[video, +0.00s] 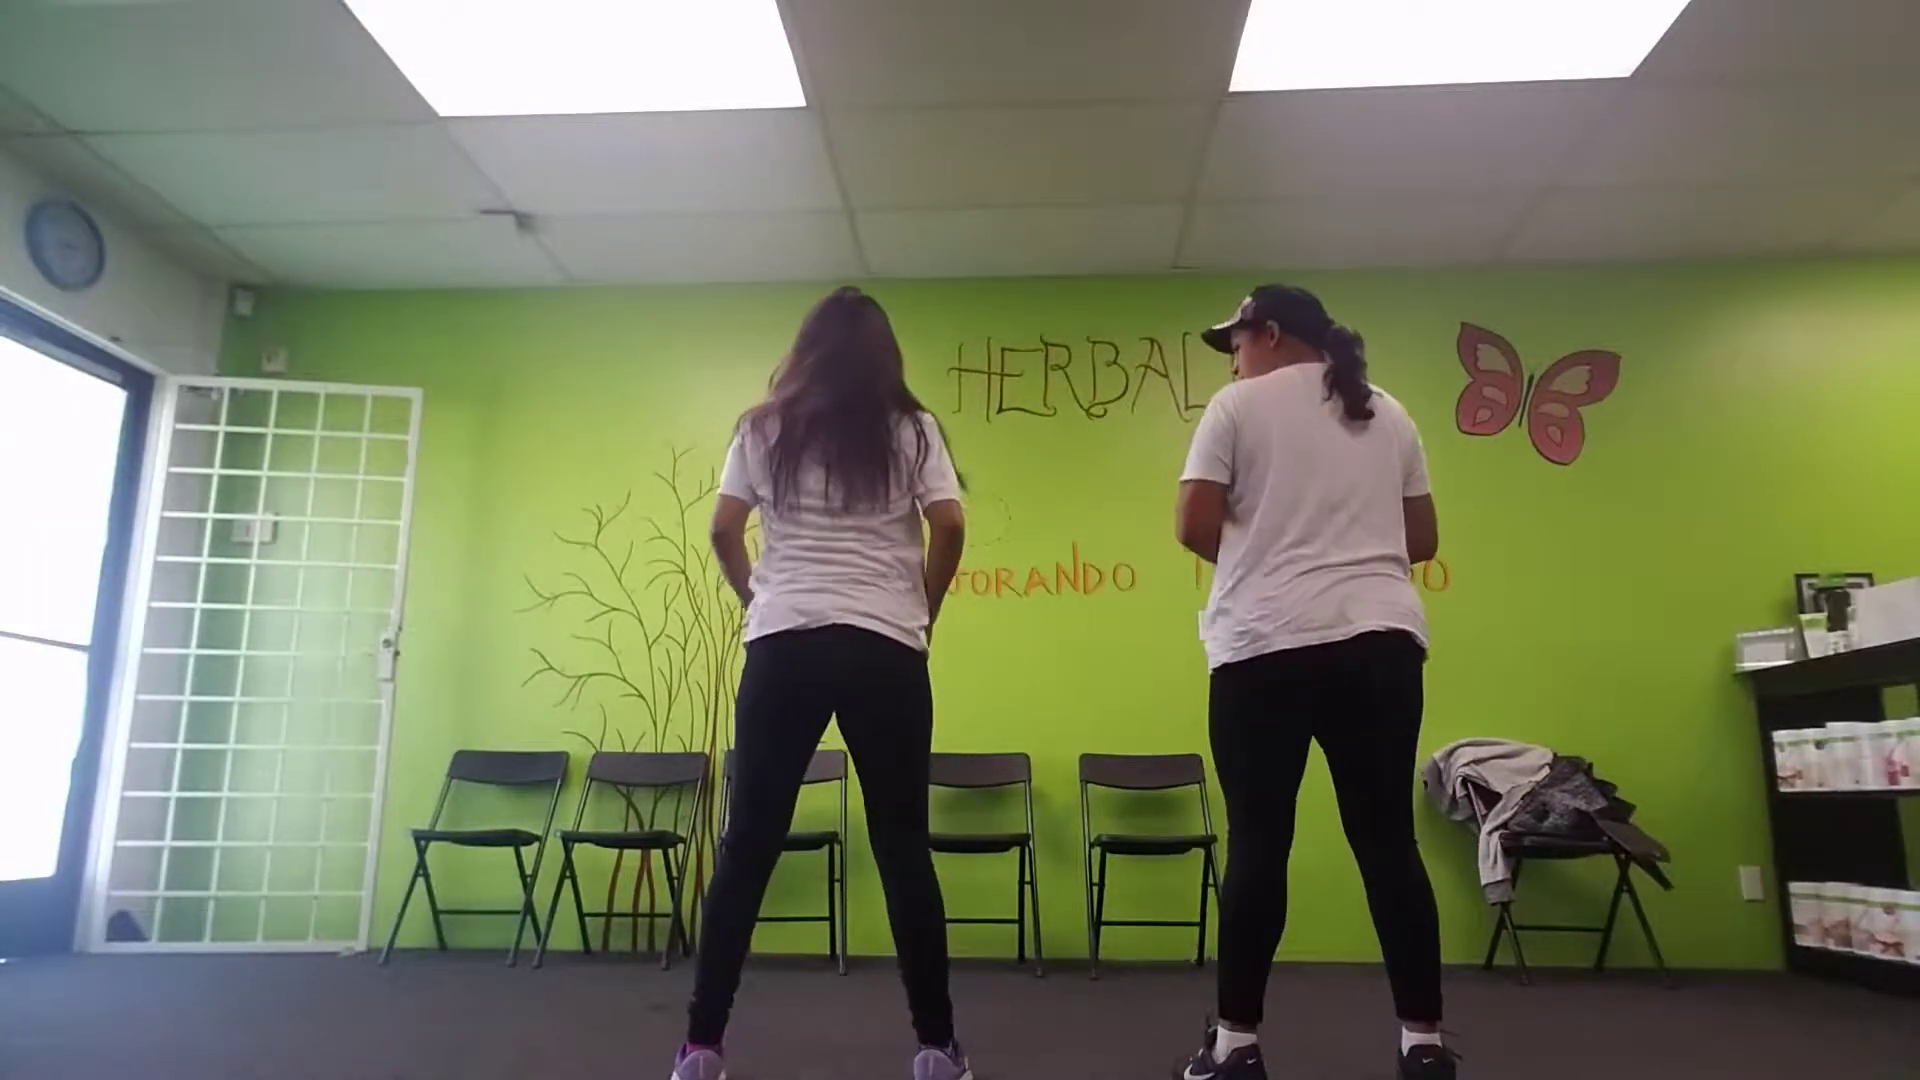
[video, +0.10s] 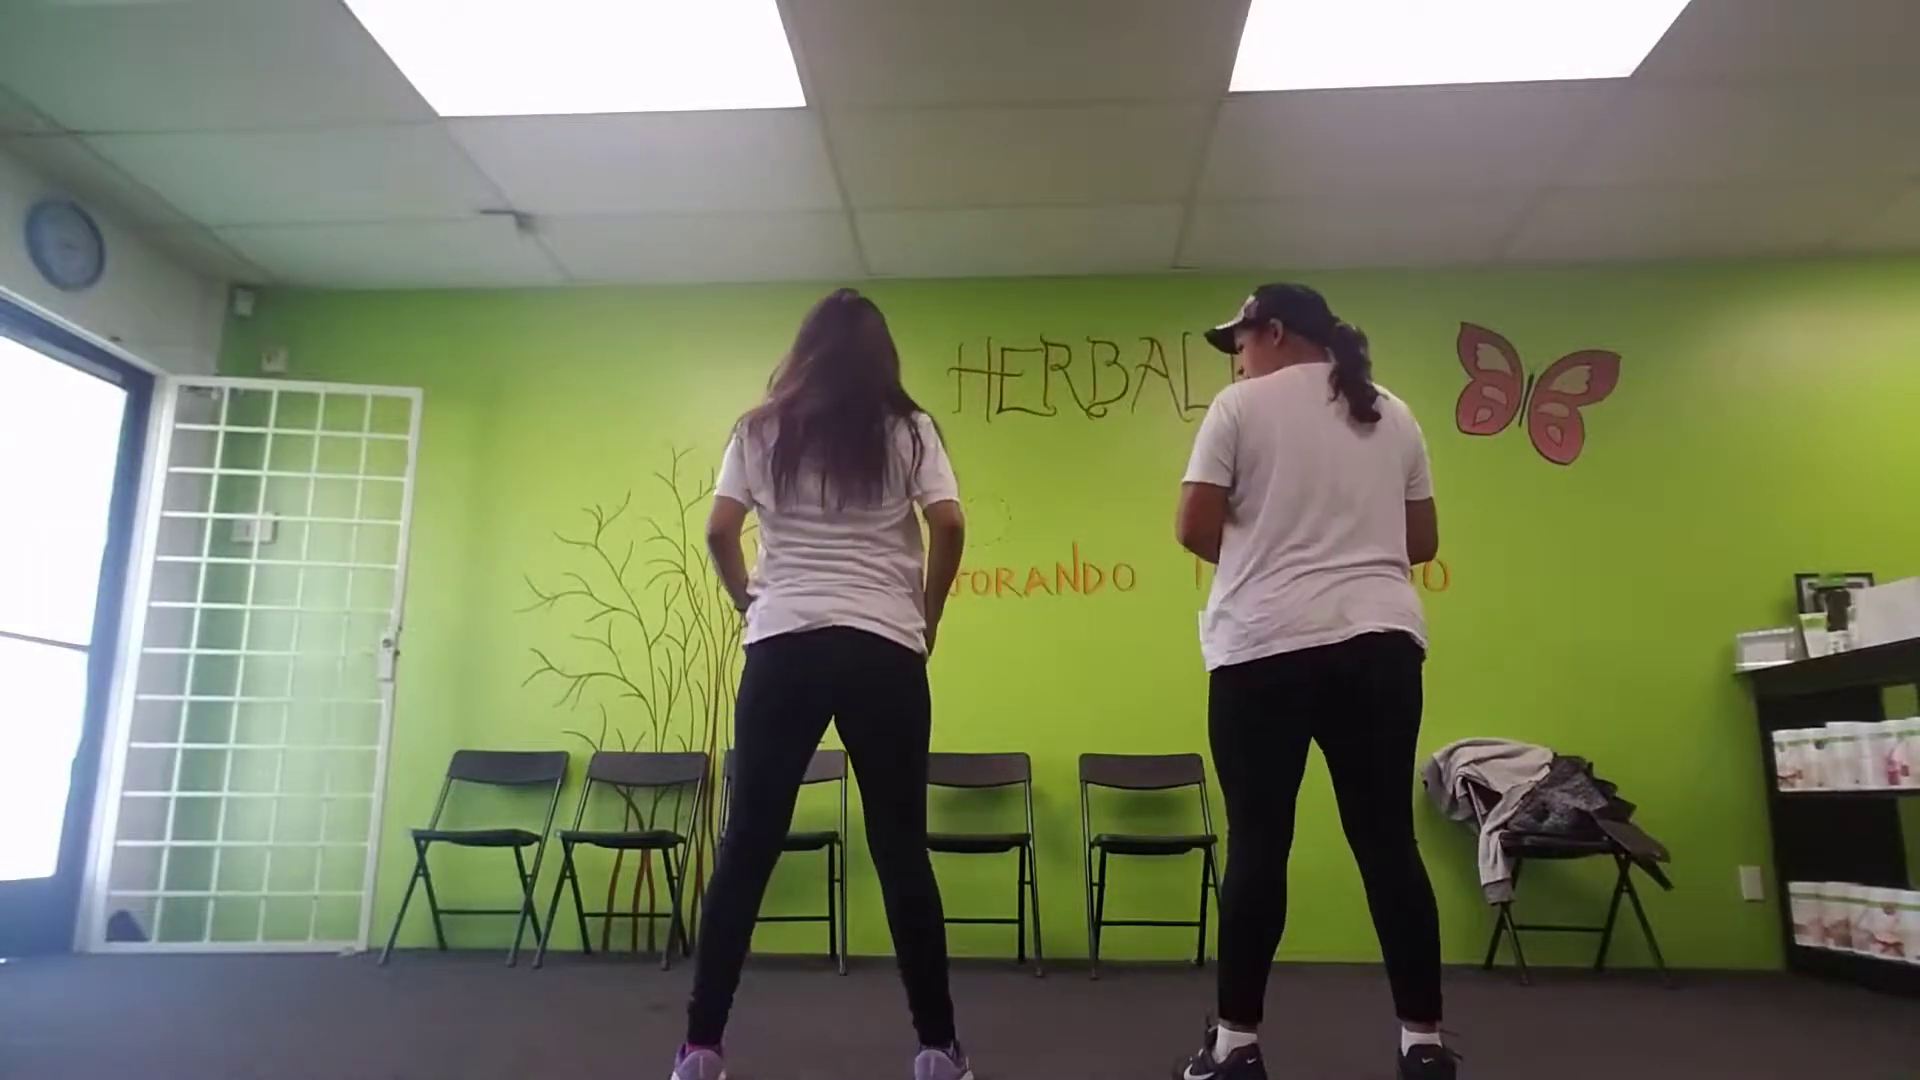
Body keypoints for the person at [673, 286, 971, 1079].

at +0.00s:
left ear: (804, 351)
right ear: (886, 356)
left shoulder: (764, 424)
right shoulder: (914, 425)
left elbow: (725, 529)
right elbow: (950, 527)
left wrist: (759, 599)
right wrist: (923, 609)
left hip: (783, 646)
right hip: (885, 648)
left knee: (747, 847)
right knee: (904, 847)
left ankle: (701, 1050)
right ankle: (937, 1052)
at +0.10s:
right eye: (881, 344)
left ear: (802, 352)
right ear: (883, 356)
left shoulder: (762, 426)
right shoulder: (912, 426)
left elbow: (720, 530)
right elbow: (949, 526)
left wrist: (748, 599)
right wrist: (929, 618)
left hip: (783, 649)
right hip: (884, 651)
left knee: (748, 847)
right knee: (902, 852)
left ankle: (700, 1050)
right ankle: (939, 1053)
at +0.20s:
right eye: (879, 344)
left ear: (800, 351)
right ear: (882, 355)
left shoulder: (760, 425)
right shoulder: (910, 424)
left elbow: (719, 531)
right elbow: (947, 525)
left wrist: (750, 596)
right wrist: (924, 613)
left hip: (781, 648)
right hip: (883, 650)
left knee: (746, 844)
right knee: (901, 849)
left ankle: (701, 1049)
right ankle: (938, 1051)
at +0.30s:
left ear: (800, 352)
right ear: (883, 357)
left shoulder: (761, 426)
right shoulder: (911, 425)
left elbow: (718, 532)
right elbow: (948, 527)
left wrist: (763, 590)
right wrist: (915, 596)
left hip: (779, 647)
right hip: (881, 649)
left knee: (745, 845)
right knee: (904, 851)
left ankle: (701, 1050)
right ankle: (937, 1051)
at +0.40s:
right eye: (880, 350)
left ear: (800, 353)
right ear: (883, 358)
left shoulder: (763, 429)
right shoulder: (912, 427)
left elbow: (727, 542)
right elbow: (948, 534)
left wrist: (786, 580)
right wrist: (899, 584)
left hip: (778, 643)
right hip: (881, 645)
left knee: (747, 845)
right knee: (907, 851)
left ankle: (700, 1050)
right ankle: (936, 1051)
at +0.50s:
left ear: (800, 367)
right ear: (885, 369)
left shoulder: (766, 441)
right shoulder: (916, 440)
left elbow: (744, 561)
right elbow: (945, 551)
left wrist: (817, 569)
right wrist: (879, 578)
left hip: (778, 648)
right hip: (881, 649)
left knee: (745, 844)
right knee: (916, 848)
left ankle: (702, 1048)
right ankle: (935, 1050)